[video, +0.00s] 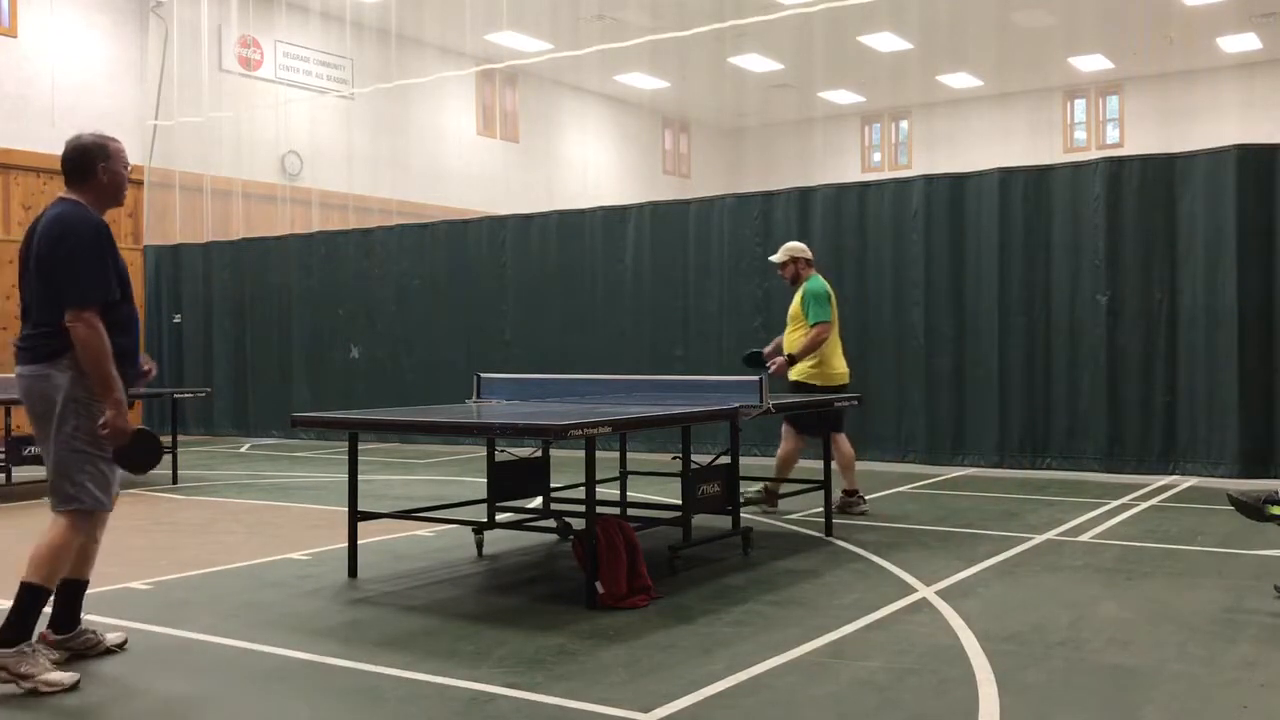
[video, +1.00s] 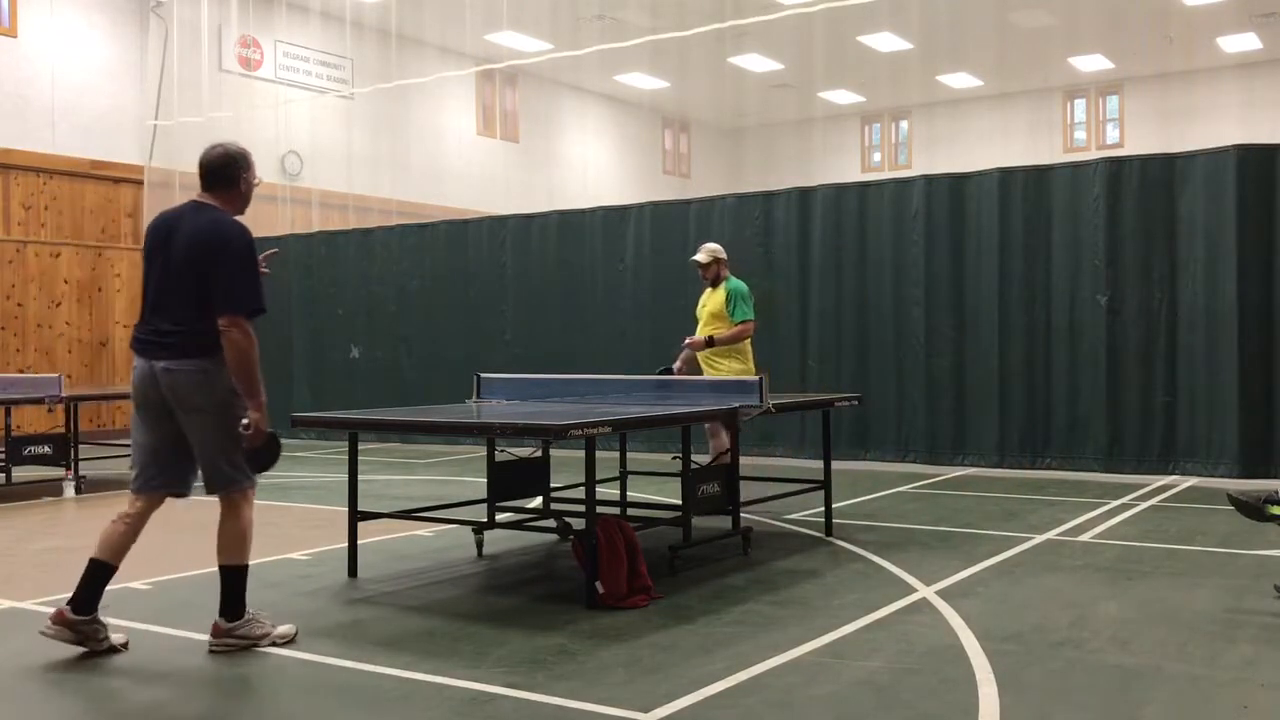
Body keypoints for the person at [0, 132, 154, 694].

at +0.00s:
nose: (130, 175)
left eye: (128, 167)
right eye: (125, 167)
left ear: (81, 171)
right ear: (102, 171)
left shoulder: (57, 221)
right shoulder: (78, 225)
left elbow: (69, 314)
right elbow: (82, 321)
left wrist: (128, 355)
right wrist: (115, 400)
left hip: (61, 374)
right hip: (65, 377)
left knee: (94, 503)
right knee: (78, 510)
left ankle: (66, 628)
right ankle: (11, 645)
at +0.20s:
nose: (136, 180)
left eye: (135, 171)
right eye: (132, 171)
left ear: (83, 174)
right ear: (112, 175)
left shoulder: (57, 222)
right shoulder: (97, 224)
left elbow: (79, 306)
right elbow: (103, 312)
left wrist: (147, 302)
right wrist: (146, 389)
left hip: (55, 374)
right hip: (85, 375)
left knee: (87, 503)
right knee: (136, 493)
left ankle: (65, 625)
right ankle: (61, 621)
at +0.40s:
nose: (150, 177)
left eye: (147, 168)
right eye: (146, 168)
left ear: (95, 175)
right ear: (130, 173)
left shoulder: (69, 222)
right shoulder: (115, 221)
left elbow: (94, 294)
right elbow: (121, 309)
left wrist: (159, 275)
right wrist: (164, 386)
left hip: (64, 373)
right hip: (104, 373)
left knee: (90, 500)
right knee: (168, 487)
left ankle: (63, 628)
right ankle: (171, 629)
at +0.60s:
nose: (175, 184)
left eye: (173, 176)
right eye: (172, 176)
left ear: (121, 179)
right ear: (159, 178)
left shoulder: (90, 227)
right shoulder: (146, 227)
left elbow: (108, 291)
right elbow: (150, 315)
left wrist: (176, 272)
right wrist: (179, 393)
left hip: (85, 375)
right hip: (128, 377)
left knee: (96, 503)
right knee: (190, 493)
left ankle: (62, 630)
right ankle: (227, 618)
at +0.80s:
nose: (212, 183)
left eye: (210, 175)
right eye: (209, 176)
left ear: (157, 181)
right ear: (197, 181)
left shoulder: (123, 229)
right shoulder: (188, 232)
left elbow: (143, 282)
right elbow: (188, 321)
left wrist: (204, 270)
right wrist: (214, 400)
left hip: (117, 376)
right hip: (168, 379)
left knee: (115, 501)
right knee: (222, 495)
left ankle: (65, 626)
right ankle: (232, 619)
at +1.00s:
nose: (256, 184)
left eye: (254, 176)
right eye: (254, 177)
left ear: (203, 181)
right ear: (243, 183)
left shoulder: (162, 224)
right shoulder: (232, 236)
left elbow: (178, 293)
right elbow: (232, 326)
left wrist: (241, 275)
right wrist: (257, 405)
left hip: (149, 371)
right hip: (202, 375)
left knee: (146, 493)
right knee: (237, 492)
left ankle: (79, 609)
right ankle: (233, 618)